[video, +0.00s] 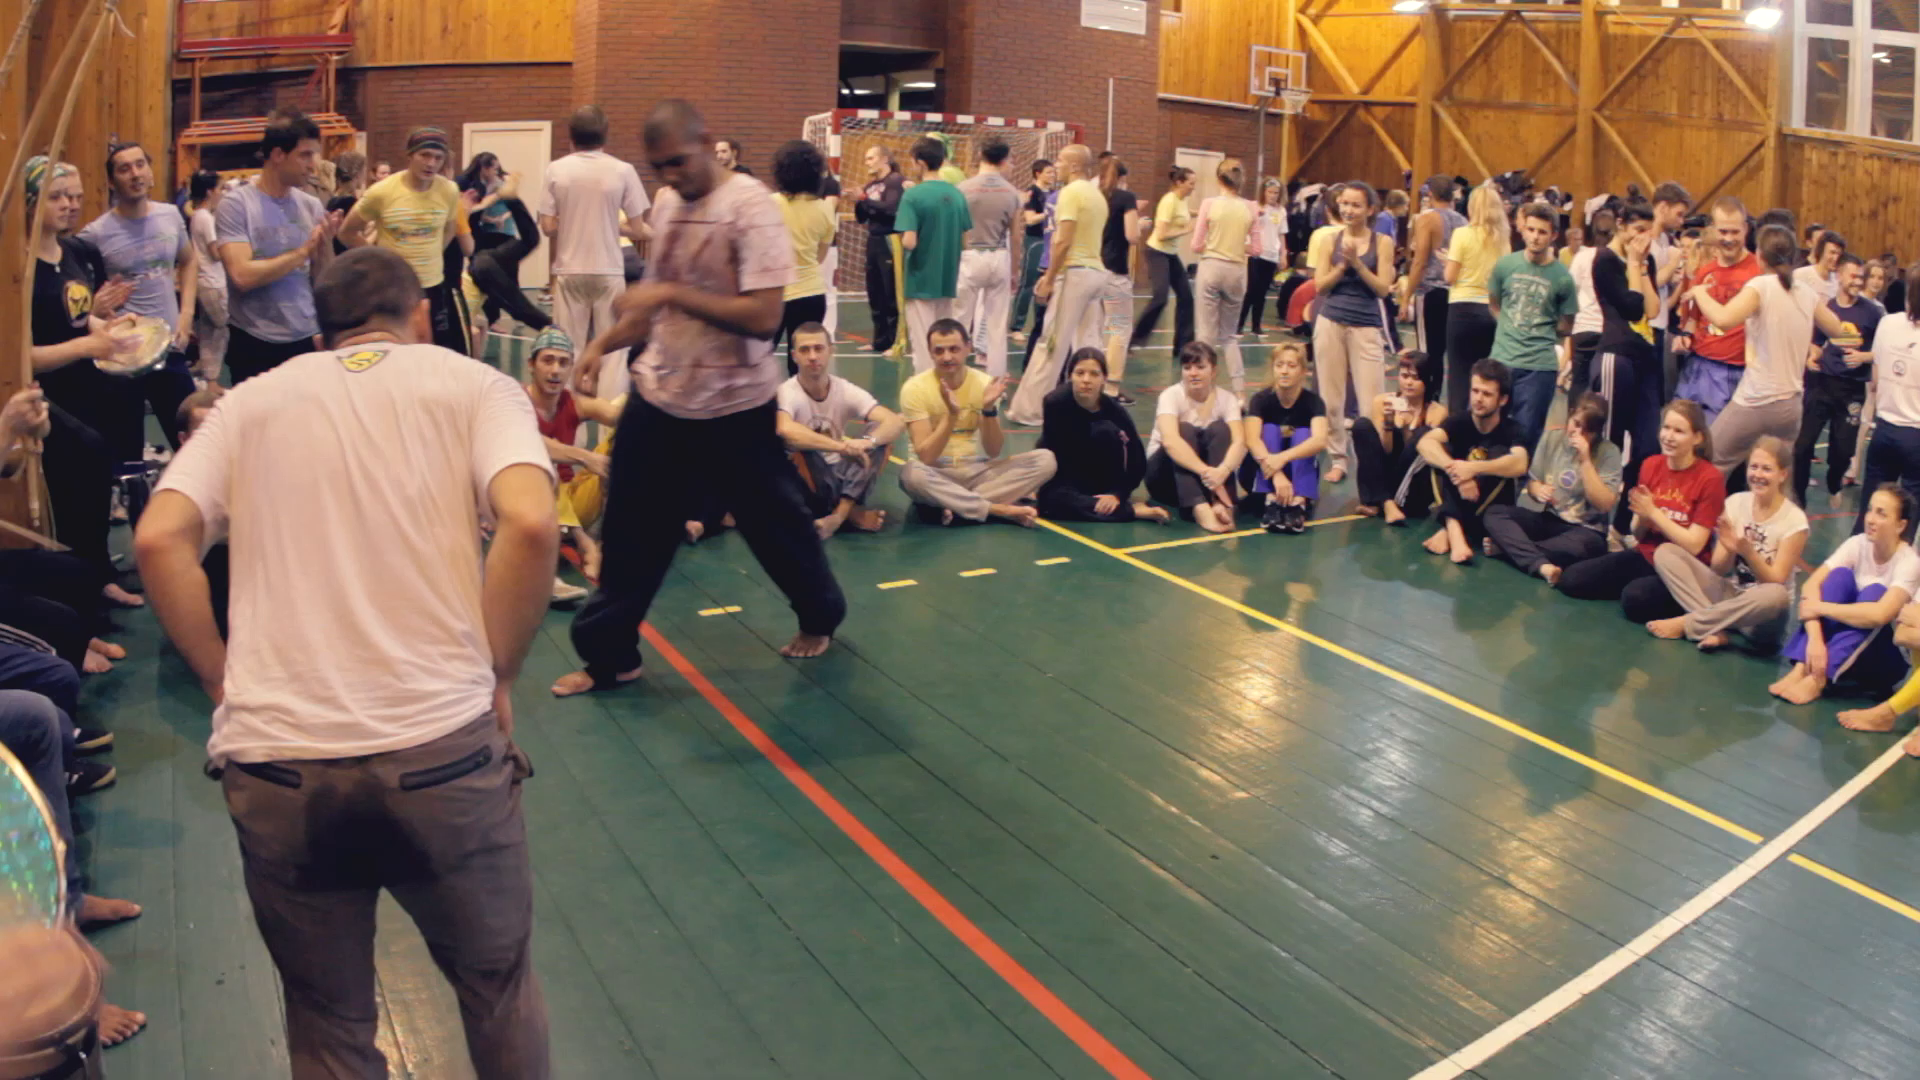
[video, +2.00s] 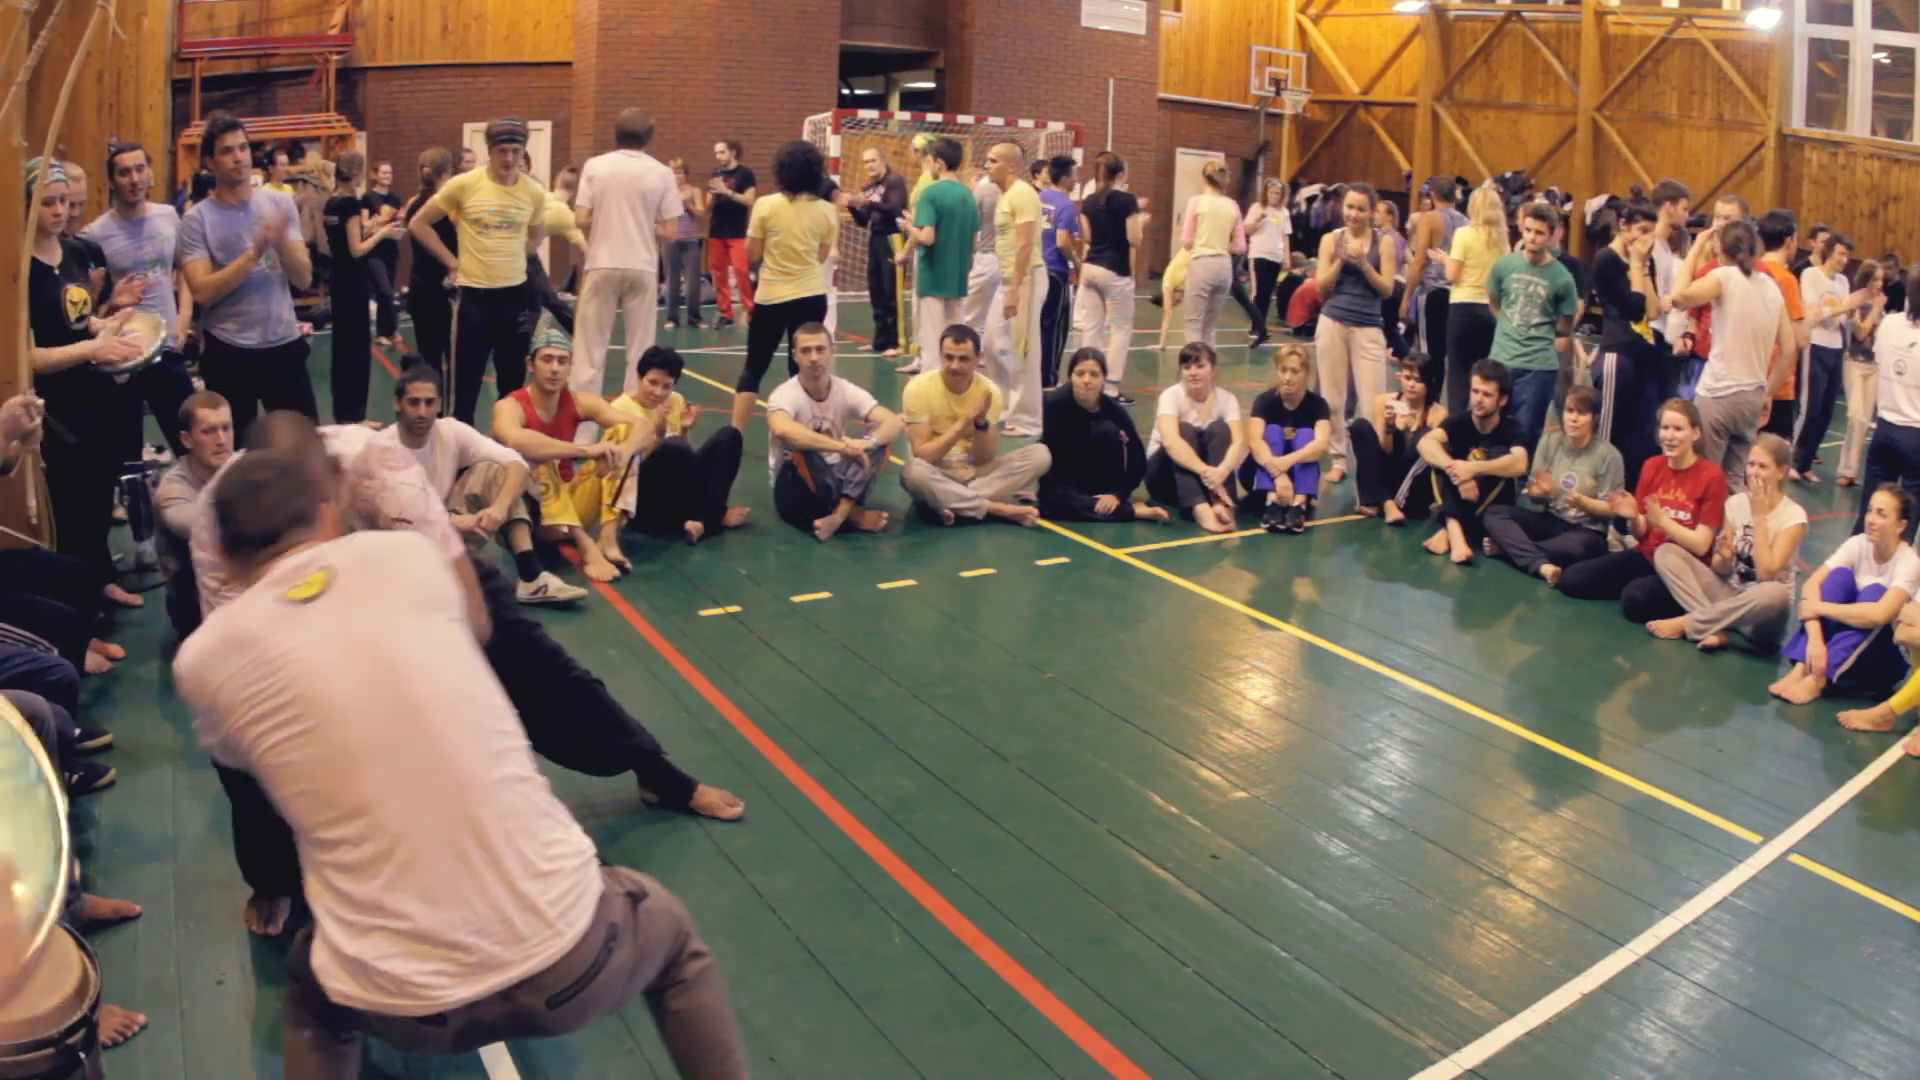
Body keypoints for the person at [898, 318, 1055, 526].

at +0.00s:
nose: (947, 358)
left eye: (954, 350)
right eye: (939, 351)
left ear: (968, 348)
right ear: (930, 353)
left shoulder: (984, 383)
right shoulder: (915, 389)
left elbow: (993, 450)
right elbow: (926, 456)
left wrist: (988, 409)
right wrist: (951, 416)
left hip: (980, 470)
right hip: (939, 473)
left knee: (1046, 460)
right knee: (911, 474)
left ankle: (959, 508)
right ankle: (996, 510)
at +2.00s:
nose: (955, 366)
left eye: (964, 359)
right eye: (949, 358)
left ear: (978, 360)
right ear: (940, 355)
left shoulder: (989, 390)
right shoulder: (918, 388)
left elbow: (982, 458)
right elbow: (922, 456)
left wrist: (981, 423)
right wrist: (963, 423)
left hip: (979, 468)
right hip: (939, 470)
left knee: (1041, 454)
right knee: (913, 471)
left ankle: (960, 507)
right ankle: (996, 509)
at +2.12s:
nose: (954, 361)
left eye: (963, 354)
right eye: (948, 353)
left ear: (975, 355)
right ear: (939, 352)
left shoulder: (989, 386)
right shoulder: (918, 385)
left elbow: (987, 452)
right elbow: (921, 447)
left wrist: (981, 409)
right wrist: (963, 410)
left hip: (979, 465)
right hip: (938, 465)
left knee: (1033, 447)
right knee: (916, 466)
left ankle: (955, 504)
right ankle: (1002, 509)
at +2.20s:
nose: (954, 357)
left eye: (962, 350)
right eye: (947, 349)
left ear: (975, 351)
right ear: (938, 350)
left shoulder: (988, 381)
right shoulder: (918, 381)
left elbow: (995, 436)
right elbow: (920, 436)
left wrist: (982, 391)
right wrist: (963, 400)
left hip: (974, 463)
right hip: (937, 463)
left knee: (1023, 442)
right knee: (919, 456)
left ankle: (949, 501)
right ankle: (1002, 507)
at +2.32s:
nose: (954, 353)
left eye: (961, 346)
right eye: (946, 346)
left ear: (974, 348)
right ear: (937, 348)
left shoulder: (983, 376)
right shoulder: (919, 377)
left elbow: (1008, 414)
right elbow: (917, 418)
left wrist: (986, 368)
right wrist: (962, 384)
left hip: (971, 470)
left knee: (1019, 432)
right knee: (925, 437)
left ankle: (947, 499)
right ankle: (997, 506)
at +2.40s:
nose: (954, 352)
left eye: (961, 346)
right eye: (946, 346)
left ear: (972, 348)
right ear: (937, 348)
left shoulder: (981, 375)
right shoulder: (919, 376)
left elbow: (1018, 406)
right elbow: (915, 412)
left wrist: (989, 361)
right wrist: (962, 376)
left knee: (1012, 427)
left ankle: (948, 499)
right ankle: (990, 503)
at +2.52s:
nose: (954, 355)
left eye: (961, 348)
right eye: (946, 349)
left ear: (973, 349)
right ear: (937, 350)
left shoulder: (987, 378)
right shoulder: (919, 378)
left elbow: (1030, 410)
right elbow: (910, 416)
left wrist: (1007, 376)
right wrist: (960, 391)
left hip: (979, 451)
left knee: (1013, 424)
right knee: (935, 426)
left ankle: (975, 475)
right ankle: (968, 478)